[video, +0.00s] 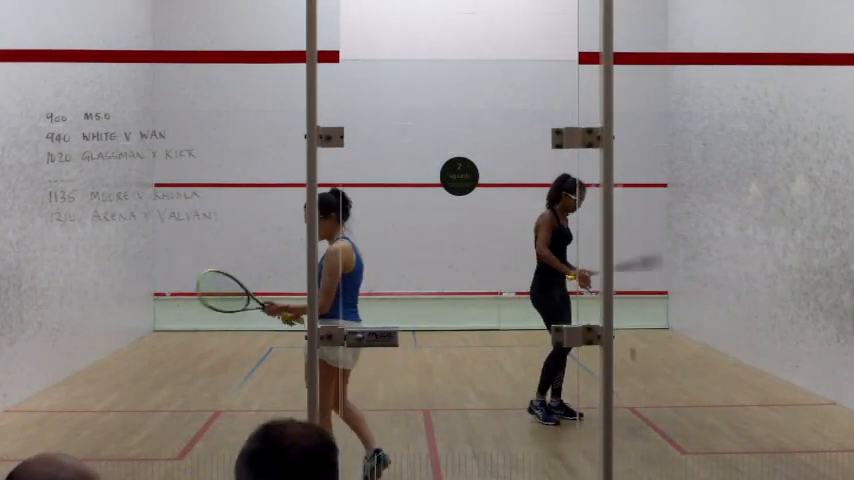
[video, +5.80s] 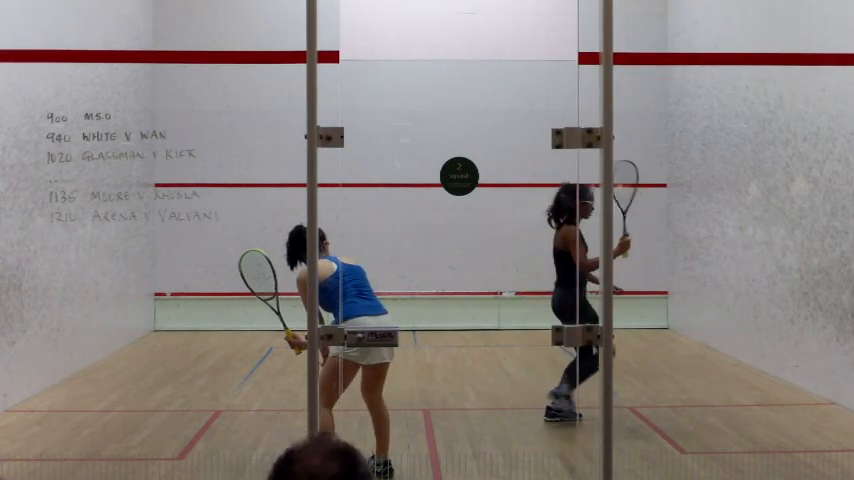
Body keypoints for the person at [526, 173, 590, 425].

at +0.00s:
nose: (577, 205)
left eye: (578, 200)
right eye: (575, 199)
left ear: (567, 198)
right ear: (563, 197)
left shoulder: (563, 220)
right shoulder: (546, 219)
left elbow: (559, 256)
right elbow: (542, 251)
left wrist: (576, 274)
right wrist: (572, 272)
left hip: (558, 288)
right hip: (544, 289)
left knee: (565, 343)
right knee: (561, 343)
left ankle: (556, 401)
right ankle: (538, 401)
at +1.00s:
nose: (560, 204)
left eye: (561, 200)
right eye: (558, 199)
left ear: (546, 197)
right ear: (545, 195)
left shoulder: (539, 220)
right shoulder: (531, 218)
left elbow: (544, 259)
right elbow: (524, 253)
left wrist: (572, 269)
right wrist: (541, 285)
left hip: (540, 292)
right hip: (529, 293)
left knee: (555, 344)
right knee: (528, 349)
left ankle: (555, 402)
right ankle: (515, 407)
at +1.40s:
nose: (539, 195)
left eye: (543, 192)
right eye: (535, 191)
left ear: (548, 196)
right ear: (526, 193)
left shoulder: (548, 222)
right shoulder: (513, 221)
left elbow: (552, 257)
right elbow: (491, 255)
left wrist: (567, 266)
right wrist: (504, 283)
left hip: (539, 292)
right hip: (516, 292)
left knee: (551, 347)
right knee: (520, 349)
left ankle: (554, 402)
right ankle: (514, 408)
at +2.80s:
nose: (564, 196)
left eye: (566, 192)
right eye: (559, 192)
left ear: (568, 196)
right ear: (547, 194)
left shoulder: (566, 220)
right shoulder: (534, 221)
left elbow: (568, 251)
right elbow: (518, 256)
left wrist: (579, 264)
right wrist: (541, 275)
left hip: (565, 288)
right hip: (544, 289)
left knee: (559, 346)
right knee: (543, 348)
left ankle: (557, 402)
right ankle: (517, 405)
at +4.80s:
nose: (569, 206)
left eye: (571, 201)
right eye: (568, 200)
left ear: (557, 199)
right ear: (554, 197)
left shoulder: (548, 221)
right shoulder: (536, 220)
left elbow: (549, 261)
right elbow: (527, 254)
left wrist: (578, 269)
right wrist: (558, 267)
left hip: (546, 294)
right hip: (535, 296)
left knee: (570, 342)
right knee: (542, 349)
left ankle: (560, 401)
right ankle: (532, 410)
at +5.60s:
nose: (582, 203)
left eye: (582, 198)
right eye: (579, 198)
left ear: (567, 198)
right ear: (567, 198)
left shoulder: (563, 224)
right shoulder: (558, 225)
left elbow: (560, 260)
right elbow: (555, 262)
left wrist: (586, 267)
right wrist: (585, 268)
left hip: (560, 295)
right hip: (554, 296)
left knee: (578, 347)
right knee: (558, 350)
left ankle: (556, 402)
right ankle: (533, 409)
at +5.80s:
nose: (592, 208)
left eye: (592, 203)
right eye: (589, 203)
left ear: (572, 205)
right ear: (577, 204)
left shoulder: (565, 231)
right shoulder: (571, 231)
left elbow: (578, 271)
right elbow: (584, 265)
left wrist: (604, 285)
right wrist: (615, 252)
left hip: (565, 300)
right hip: (571, 301)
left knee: (586, 354)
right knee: (593, 359)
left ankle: (561, 402)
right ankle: (560, 394)